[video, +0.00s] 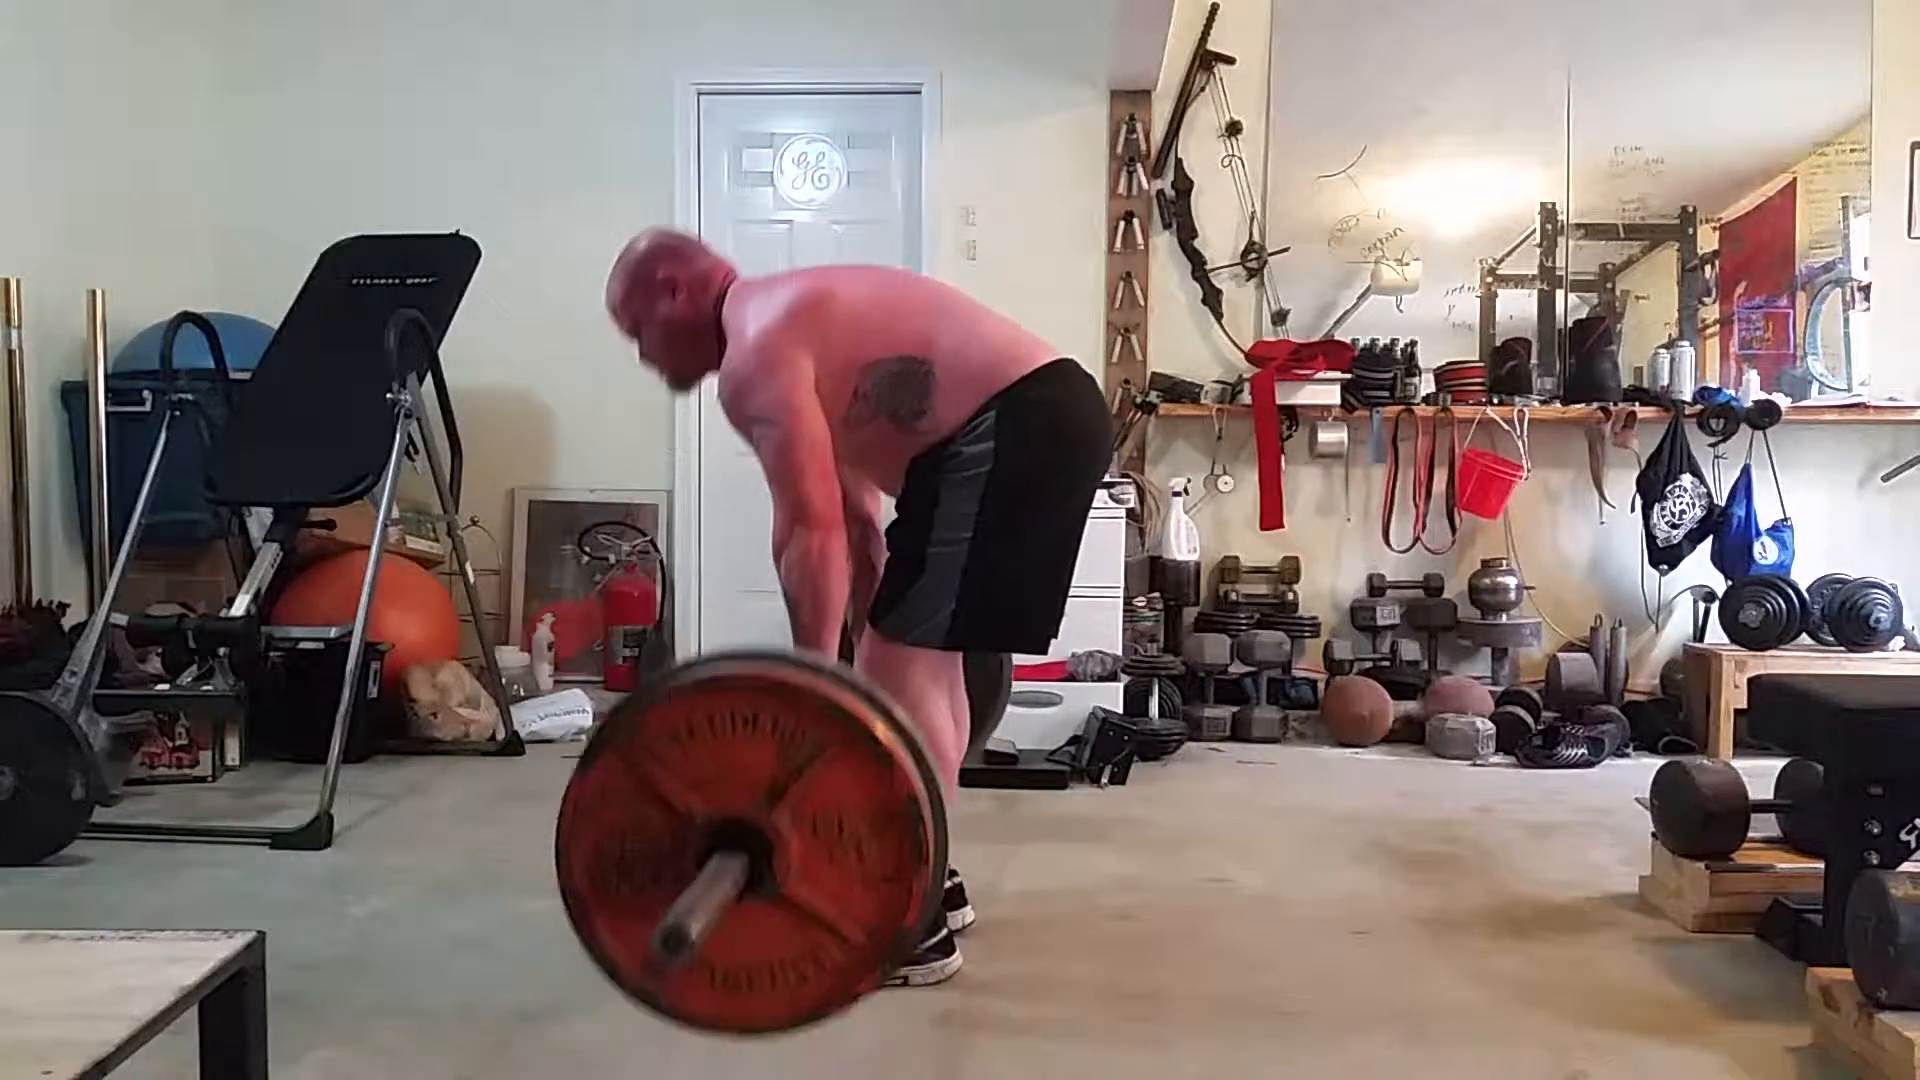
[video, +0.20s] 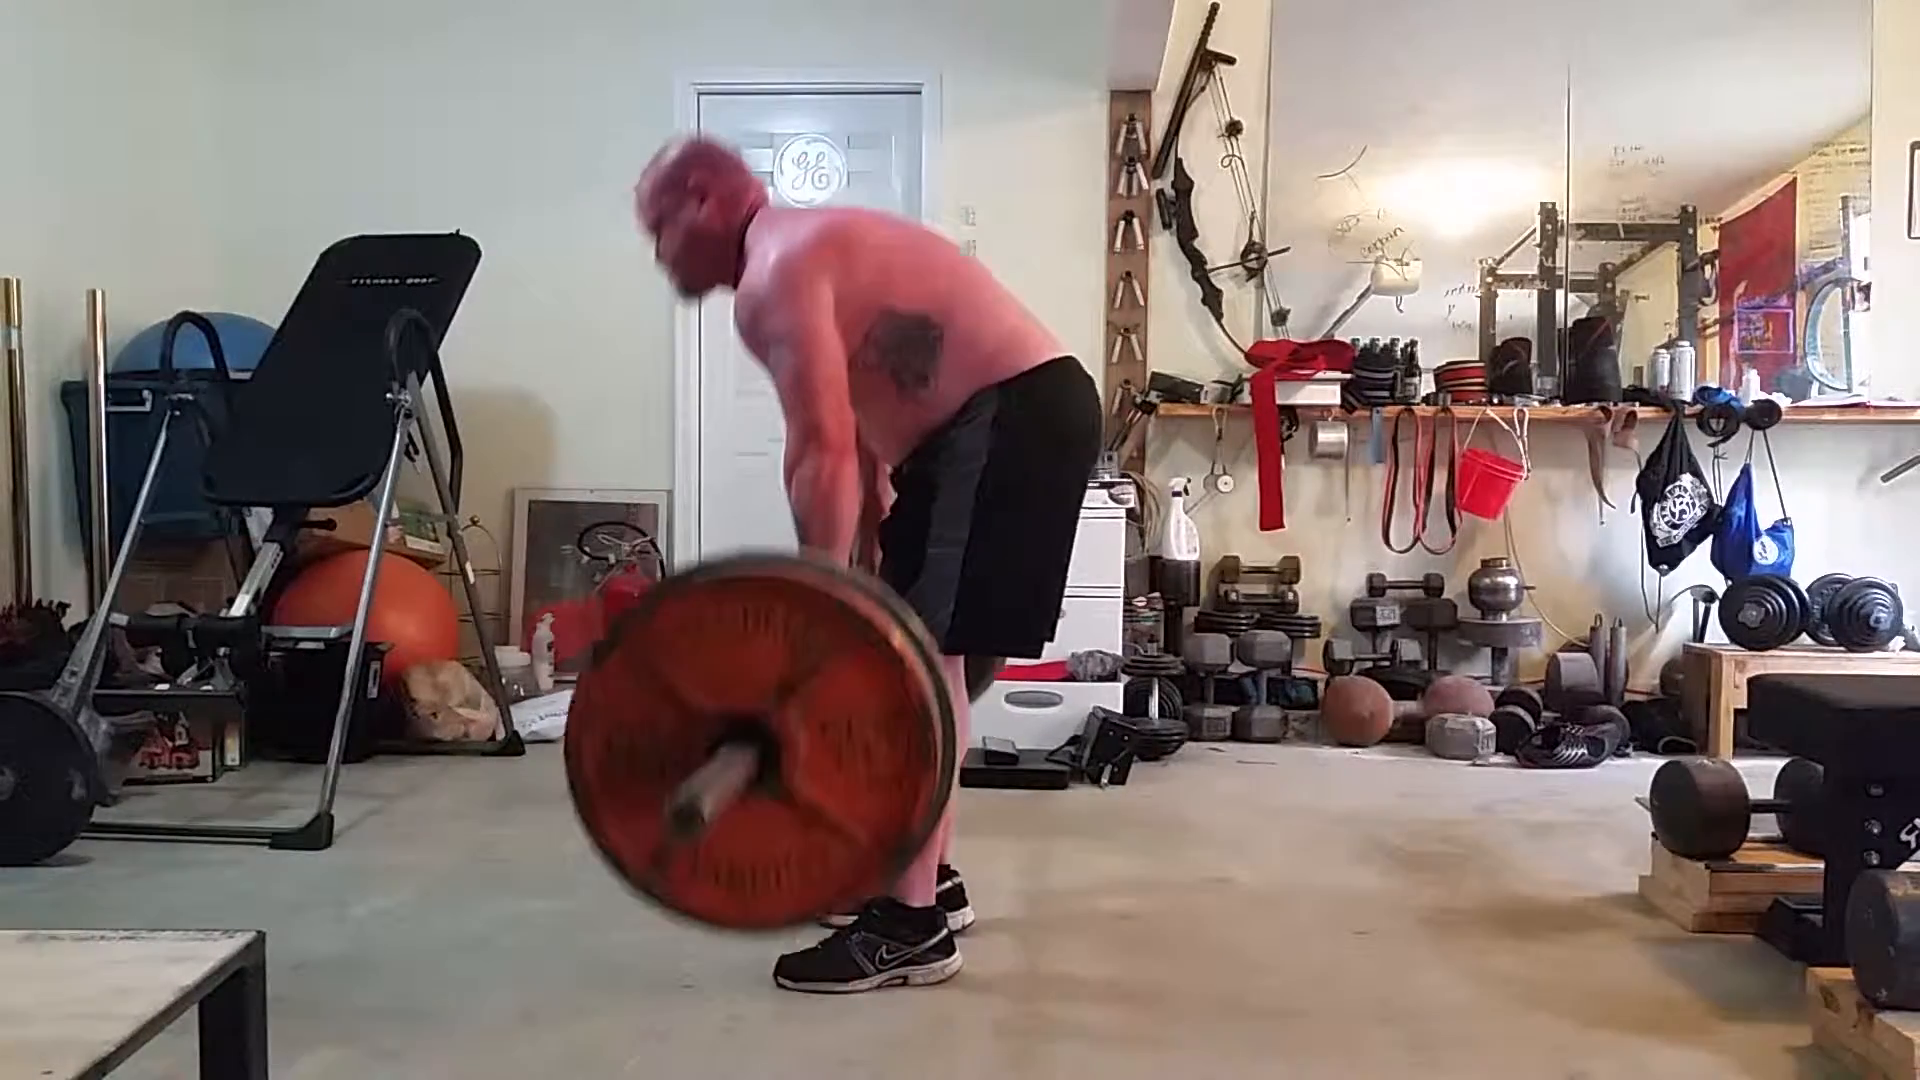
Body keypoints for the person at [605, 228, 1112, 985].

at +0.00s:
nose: (645, 358)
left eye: (638, 333)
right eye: (633, 342)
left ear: (675, 288)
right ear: (689, 283)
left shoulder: (758, 353)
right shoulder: (783, 334)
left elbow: (811, 529)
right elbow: (860, 534)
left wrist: (807, 693)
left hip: (1010, 424)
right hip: (1027, 416)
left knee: (896, 662)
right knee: (924, 660)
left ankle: (912, 912)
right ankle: (922, 882)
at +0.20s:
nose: (660, 258)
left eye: (659, 232)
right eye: (653, 239)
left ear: (707, 198)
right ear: (714, 196)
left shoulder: (781, 266)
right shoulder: (802, 255)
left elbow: (824, 451)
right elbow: (862, 447)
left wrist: (809, 624)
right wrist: (864, 570)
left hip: (1005, 416)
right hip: (991, 419)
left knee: (917, 665)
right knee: (927, 660)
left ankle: (908, 912)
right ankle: (925, 882)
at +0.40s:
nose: (700, 118)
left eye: (710, 95)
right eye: (701, 99)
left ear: (766, 88)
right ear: (775, 92)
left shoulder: (817, 175)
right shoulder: (821, 174)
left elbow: (845, 357)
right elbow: (834, 363)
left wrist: (822, 532)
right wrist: (815, 528)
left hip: (981, 400)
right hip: (954, 402)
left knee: (918, 645)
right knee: (912, 640)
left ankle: (911, 916)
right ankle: (919, 881)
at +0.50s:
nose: (742, 52)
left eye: (758, 29)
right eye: (747, 32)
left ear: (812, 35)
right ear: (829, 42)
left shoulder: (844, 131)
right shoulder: (852, 129)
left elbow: (856, 313)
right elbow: (858, 318)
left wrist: (824, 478)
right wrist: (817, 471)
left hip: (957, 396)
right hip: (960, 395)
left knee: (920, 654)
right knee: (923, 652)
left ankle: (915, 918)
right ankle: (923, 882)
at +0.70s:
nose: (826, 10)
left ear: (885, 1)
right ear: (921, 7)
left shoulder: (900, 88)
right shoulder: (944, 90)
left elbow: (888, 272)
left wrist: (817, 426)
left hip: (932, 402)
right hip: (966, 398)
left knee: (910, 656)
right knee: (921, 653)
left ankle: (914, 920)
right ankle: (922, 882)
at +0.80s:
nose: (842, 11)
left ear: (902, 4)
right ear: (925, 10)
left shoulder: (917, 87)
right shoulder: (946, 87)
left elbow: (894, 279)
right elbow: (873, 279)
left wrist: (824, 430)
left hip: (936, 401)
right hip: (962, 399)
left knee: (902, 655)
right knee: (916, 652)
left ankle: (912, 919)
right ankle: (923, 882)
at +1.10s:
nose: (706, 115)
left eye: (712, 89)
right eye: (703, 94)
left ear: (764, 66)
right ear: (771, 68)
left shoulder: (824, 151)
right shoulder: (827, 148)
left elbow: (847, 336)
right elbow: (848, 332)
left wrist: (819, 508)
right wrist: (815, 504)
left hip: (961, 405)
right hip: (957, 403)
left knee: (911, 653)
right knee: (916, 648)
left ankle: (911, 918)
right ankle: (921, 880)